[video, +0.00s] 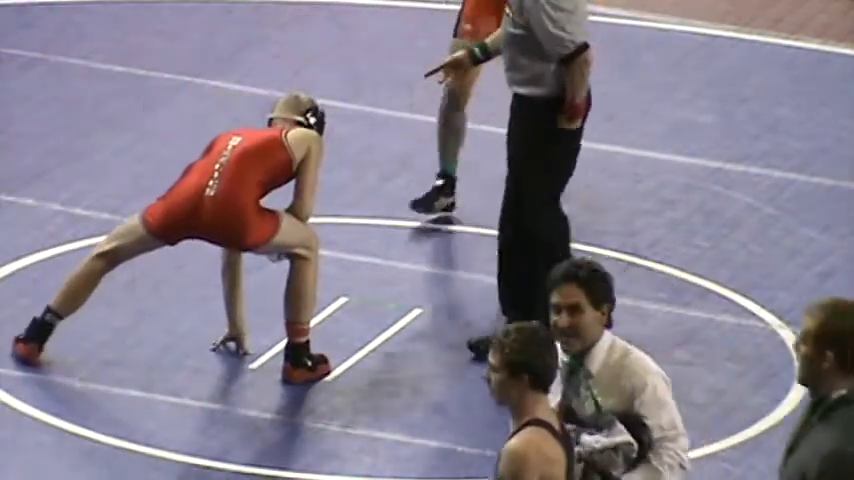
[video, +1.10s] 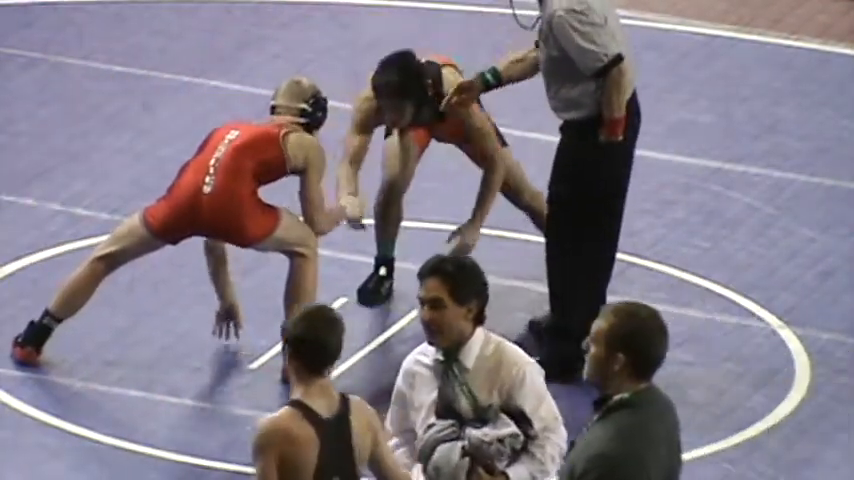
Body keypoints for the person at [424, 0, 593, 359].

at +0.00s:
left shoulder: (544, 7)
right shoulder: (525, 5)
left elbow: (579, 57)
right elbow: (519, 30)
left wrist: (573, 114)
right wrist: (474, 55)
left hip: (548, 109)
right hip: (534, 102)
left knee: (532, 217)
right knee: (526, 215)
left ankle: (528, 330)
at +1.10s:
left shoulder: (568, 13)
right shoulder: (557, 10)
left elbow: (618, 70)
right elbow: (541, 56)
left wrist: (612, 138)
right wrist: (483, 82)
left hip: (600, 130)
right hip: (584, 125)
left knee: (581, 235)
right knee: (564, 226)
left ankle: (568, 351)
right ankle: (564, 324)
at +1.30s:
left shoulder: (560, 17)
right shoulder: (569, 5)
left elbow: (614, 61)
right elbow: (555, 50)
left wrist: (611, 116)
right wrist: (517, 31)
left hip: (589, 128)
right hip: (607, 121)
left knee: (564, 228)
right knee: (589, 224)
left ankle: (570, 332)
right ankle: (588, 318)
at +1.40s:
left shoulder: (560, 15)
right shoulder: (593, 4)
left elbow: (598, 67)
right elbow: (563, 50)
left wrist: (587, 125)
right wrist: (528, 19)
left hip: (589, 128)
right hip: (618, 119)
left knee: (565, 226)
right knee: (596, 223)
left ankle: (563, 323)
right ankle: (590, 316)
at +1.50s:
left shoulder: (572, 15)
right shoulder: (593, 5)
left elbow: (566, 98)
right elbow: (568, 49)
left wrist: (538, 130)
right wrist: (535, 16)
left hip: (593, 130)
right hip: (619, 118)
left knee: (568, 231)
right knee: (597, 229)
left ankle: (567, 332)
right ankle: (588, 327)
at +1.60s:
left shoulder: (585, 16)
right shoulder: (609, 5)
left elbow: (530, 88)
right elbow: (584, 50)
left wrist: (485, 98)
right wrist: (545, 17)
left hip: (598, 133)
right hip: (619, 121)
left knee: (573, 239)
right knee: (593, 235)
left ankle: (574, 350)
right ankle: (583, 343)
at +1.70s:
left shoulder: (587, 18)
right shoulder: (624, 6)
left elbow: (512, 58)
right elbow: (596, 38)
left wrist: (460, 43)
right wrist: (552, 24)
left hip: (601, 134)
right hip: (627, 125)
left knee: (572, 242)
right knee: (602, 235)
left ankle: (569, 356)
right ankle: (605, 336)